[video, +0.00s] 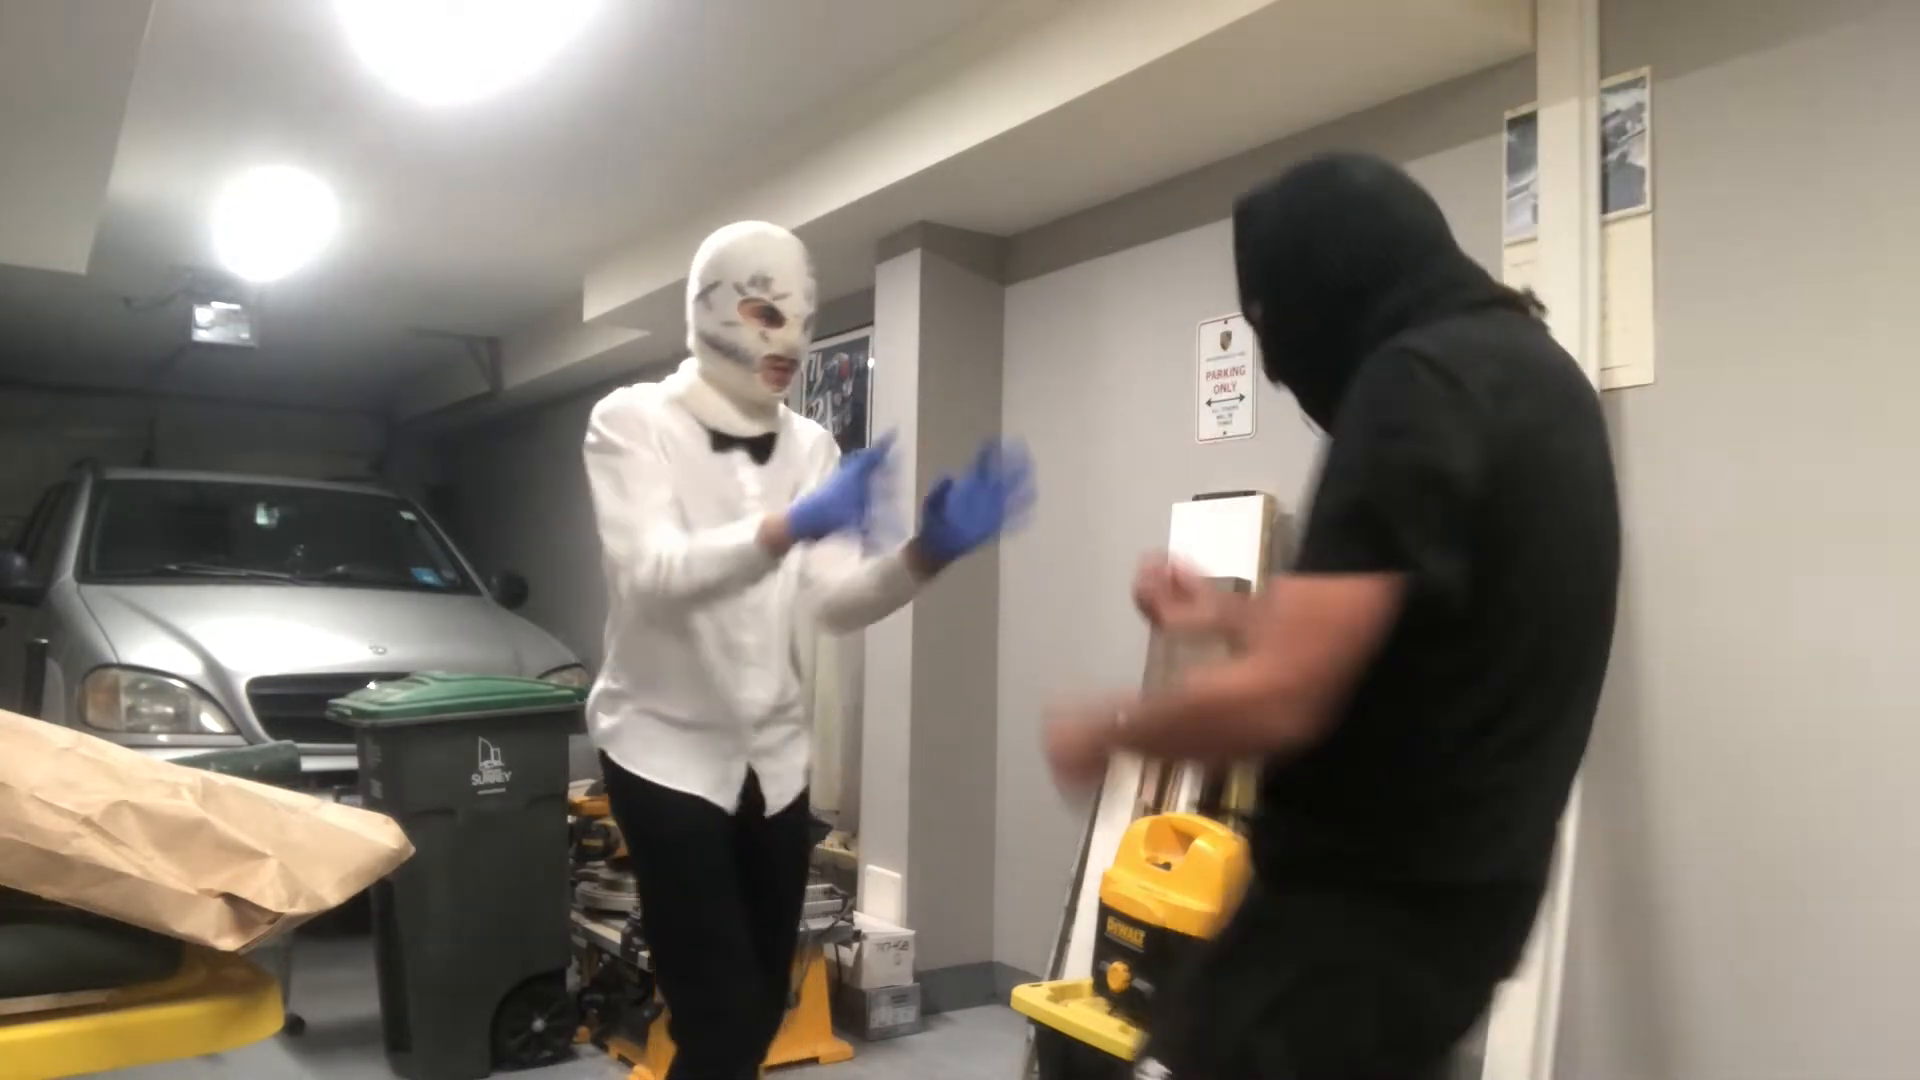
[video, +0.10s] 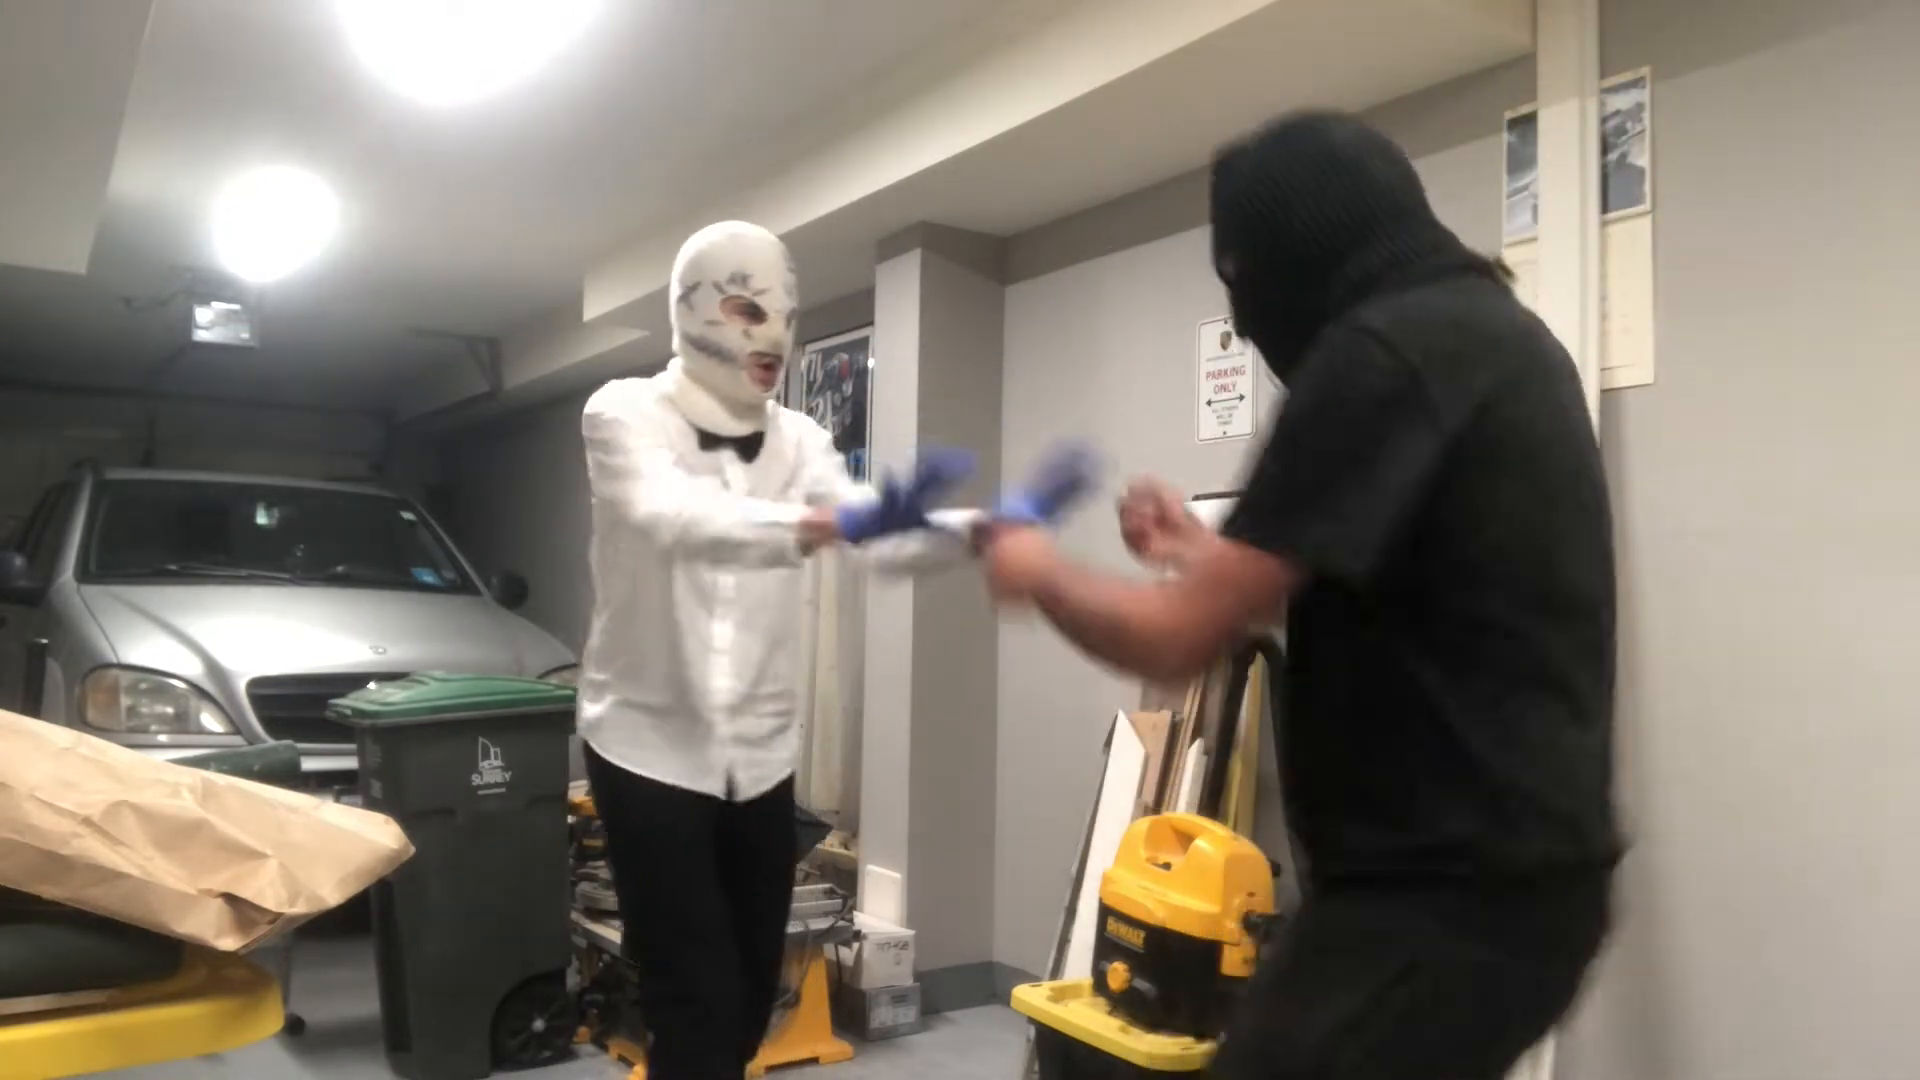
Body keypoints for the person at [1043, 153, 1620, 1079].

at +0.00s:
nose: (1265, 351)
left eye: (1265, 314)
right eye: (1256, 320)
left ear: (1319, 286)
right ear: (1397, 254)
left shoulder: (1415, 385)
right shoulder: (1540, 377)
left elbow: (1282, 696)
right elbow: (1424, 639)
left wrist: (1111, 730)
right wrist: (1226, 611)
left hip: (1352, 918)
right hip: (1453, 911)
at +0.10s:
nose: (1232, 305)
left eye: (1235, 270)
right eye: (1225, 274)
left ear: (1294, 245)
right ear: (1371, 219)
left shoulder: (1383, 355)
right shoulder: (1501, 336)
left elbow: (1168, 636)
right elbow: (1391, 610)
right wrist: (1210, 555)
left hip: (1425, 903)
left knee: (1268, 1057)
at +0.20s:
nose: (1211, 264)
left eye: (1215, 230)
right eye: (1206, 235)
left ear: (1265, 212)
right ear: (1352, 181)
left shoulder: (1359, 300)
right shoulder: (1467, 282)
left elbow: (1157, 572)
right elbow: (1330, 520)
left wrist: (1065, 539)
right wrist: (1164, 464)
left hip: (1497, 857)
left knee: (1363, 1056)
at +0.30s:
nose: (1228, 256)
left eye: (1228, 220)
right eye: (1218, 226)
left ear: (1283, 191)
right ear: (1362, 157)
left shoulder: (1393, 270)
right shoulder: (1469, 247)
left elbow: (1214, 573)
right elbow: (1262, 397)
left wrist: (1188, 567)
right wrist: (1063, 421)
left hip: (1536, 855)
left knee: (1402, 1058)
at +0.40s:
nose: (1251, 242)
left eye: (1250, 203)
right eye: (1241, 211)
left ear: (1309, 171)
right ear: (1347, 162)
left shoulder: (1464, 242)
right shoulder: (1424, 276)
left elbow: (1352, 567)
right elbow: (1225, 363)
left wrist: (1248, 599)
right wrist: (1036, 328)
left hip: (1581, 822)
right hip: (1496, 813)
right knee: (1423, 1057)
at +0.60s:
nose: (1298, 215)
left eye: (1307, 182)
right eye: (1296, 187)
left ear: (1374, 166)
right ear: (1409, 156)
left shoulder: (1517, 261)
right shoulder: (1491, 266)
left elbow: (1297, 529)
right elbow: (1274, 434)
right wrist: (1072, 393)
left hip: (1607, 843)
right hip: (1543, 829)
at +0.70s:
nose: (1323, 218)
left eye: (1329, 190)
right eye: (1322, 193)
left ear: (1384, 167)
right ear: (1464, 151)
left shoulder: (1468, 255)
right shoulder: (1561, 283)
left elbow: (1147, 410)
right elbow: (1323, 507)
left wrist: (993, 436)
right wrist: (1148, 447)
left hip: (1621, 836)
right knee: (1453, 1053)